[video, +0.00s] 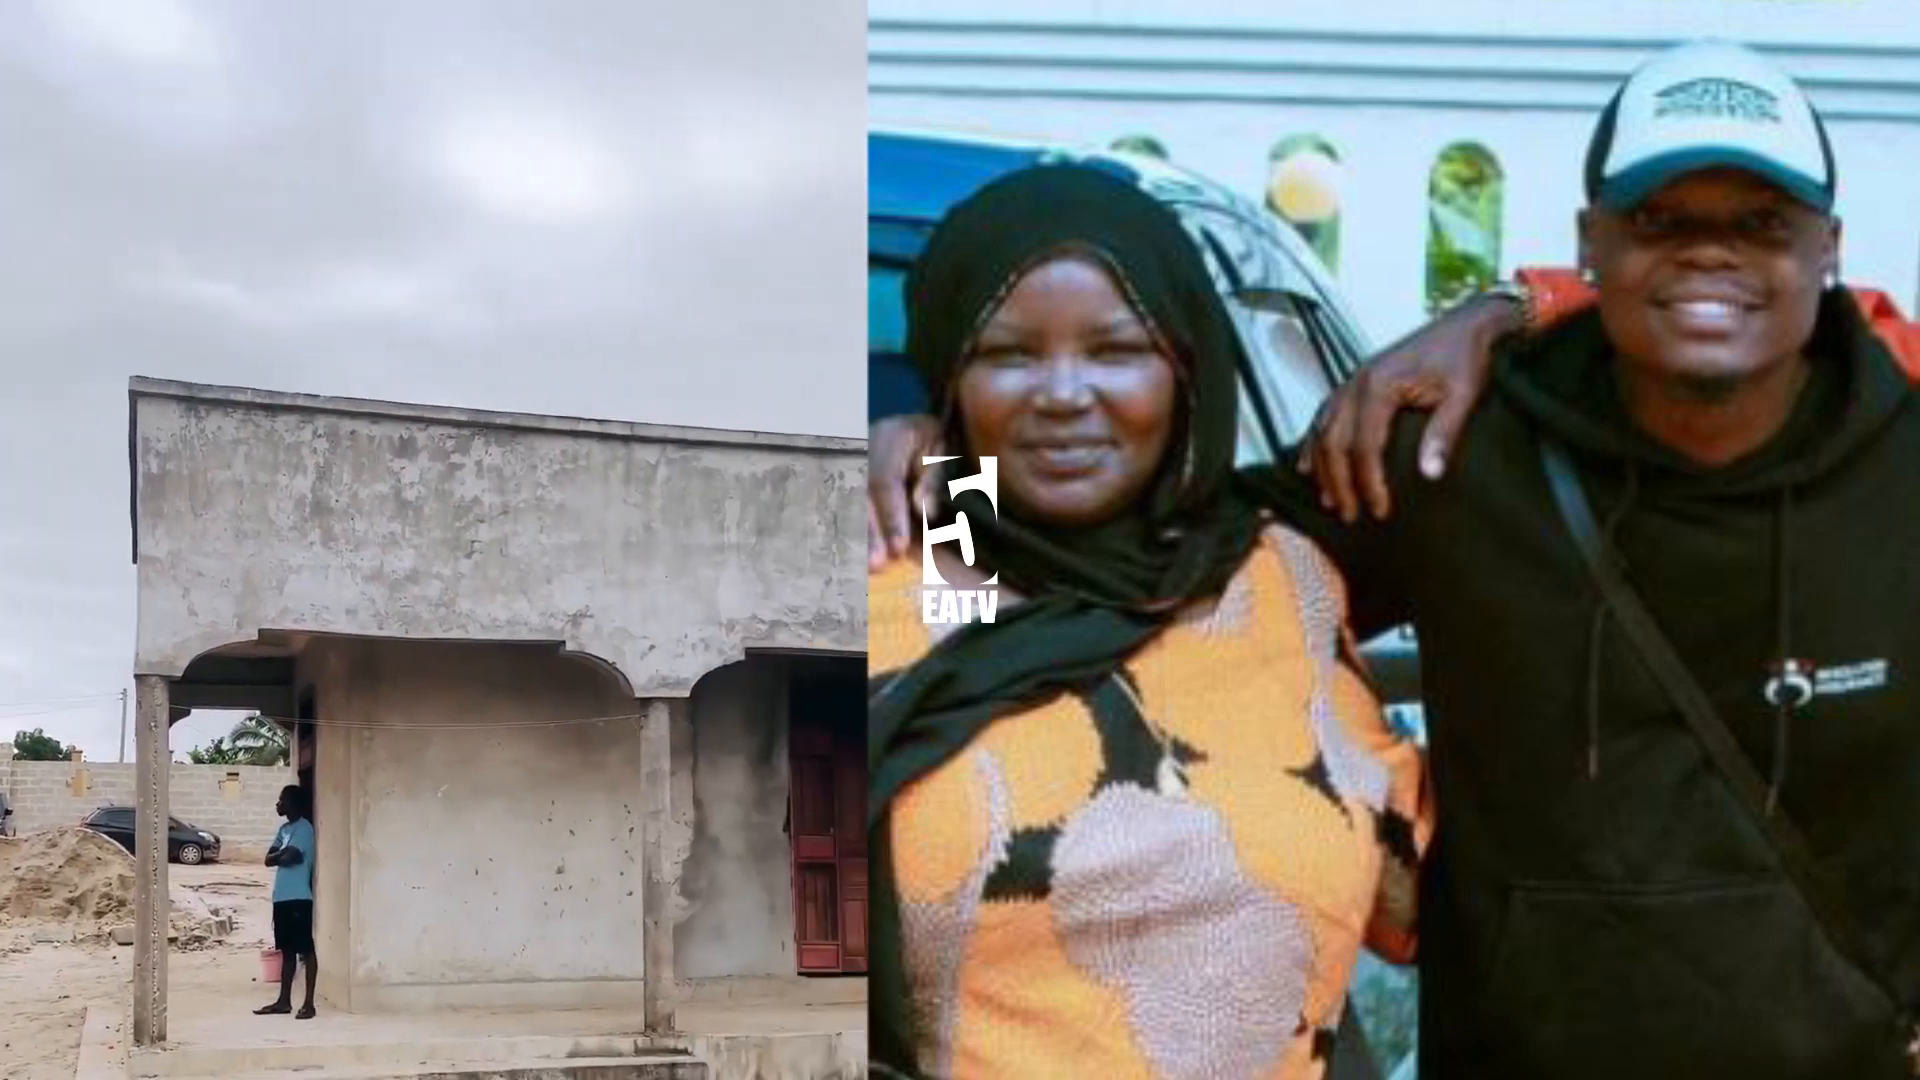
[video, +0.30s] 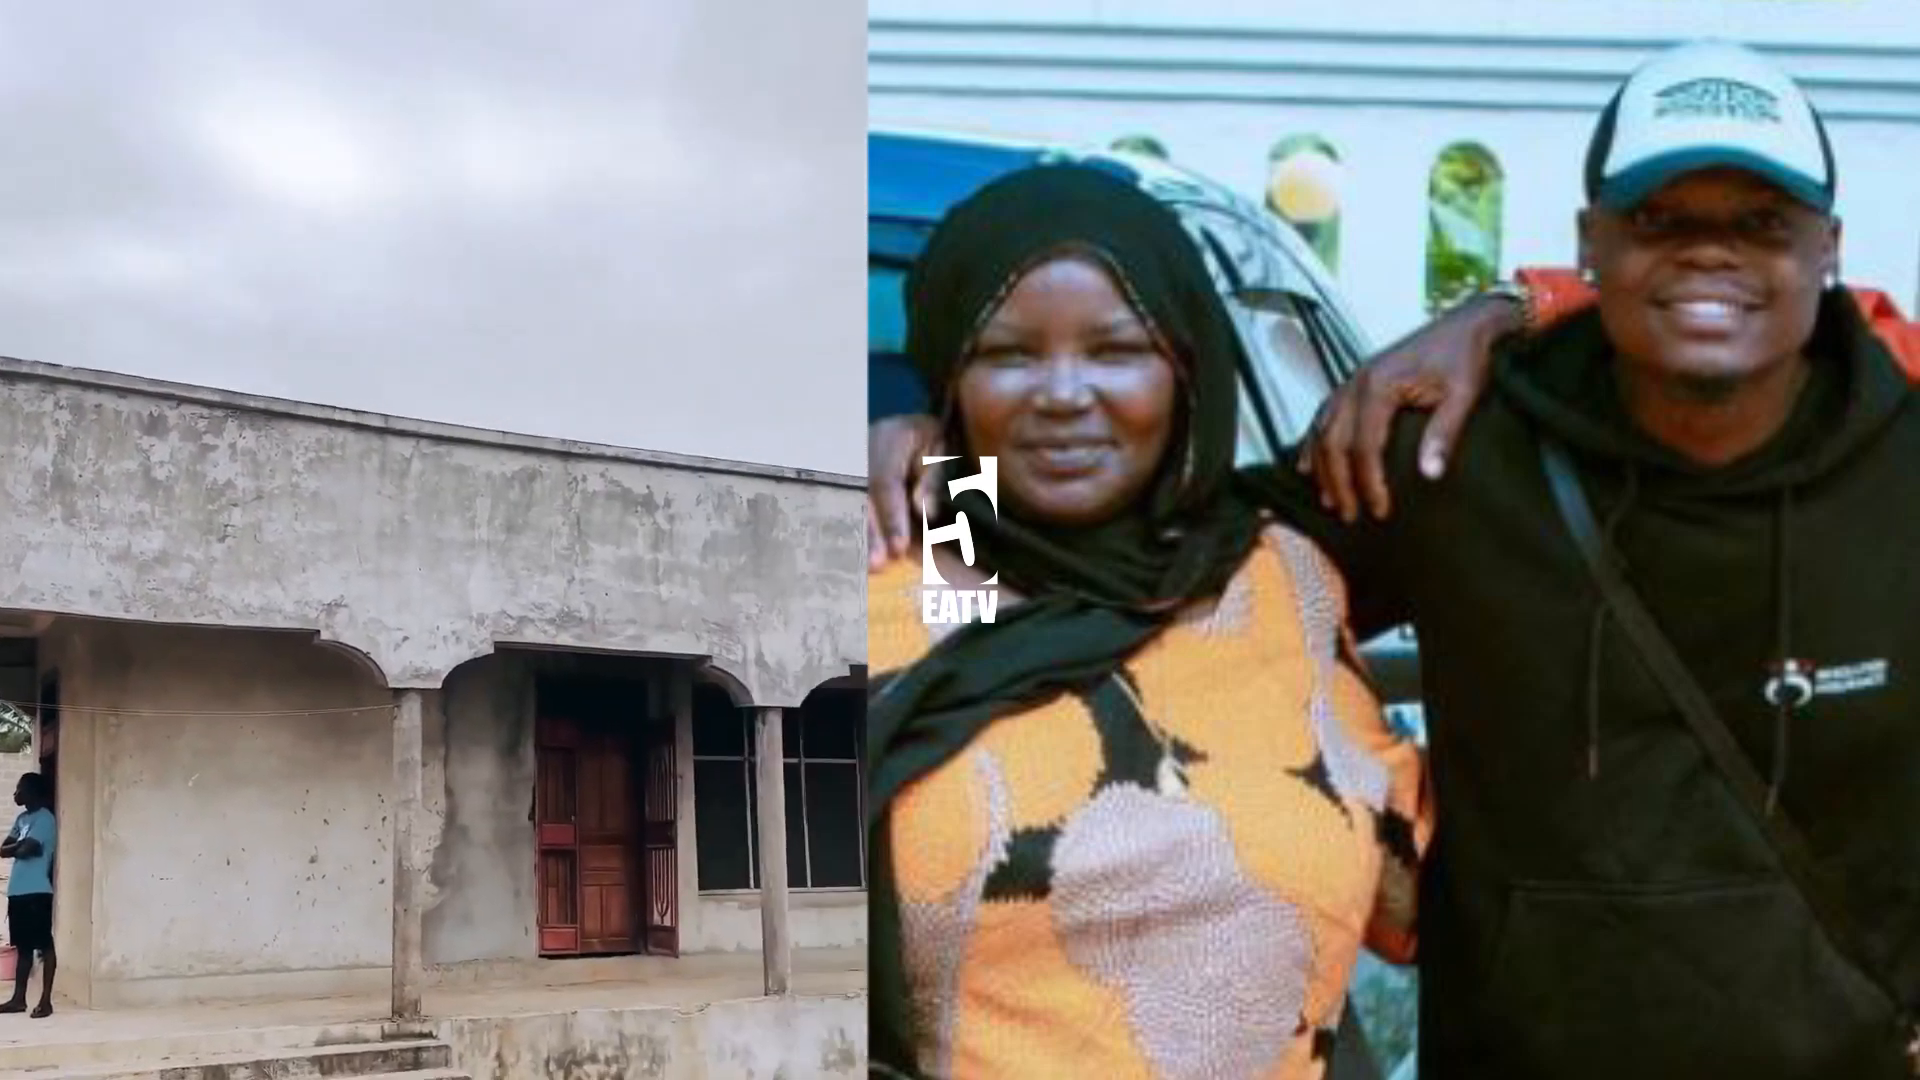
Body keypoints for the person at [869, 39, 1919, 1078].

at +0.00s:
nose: (1707, 251)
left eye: (1757, 219)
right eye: (1664, 215)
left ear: (1825, 250)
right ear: (1595, 242)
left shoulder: (1899, 445)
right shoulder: (1464, 448)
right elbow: (1178, 558)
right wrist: (967, 464)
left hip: (1849, 1038)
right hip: (1537, 1044)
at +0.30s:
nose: (1706, 251)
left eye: (1757, 219)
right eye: (1664, 214)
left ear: (1826, 251)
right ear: (1595, 242)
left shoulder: (1898, 445)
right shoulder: (1464, 448)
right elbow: (1176, 556)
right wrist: (964, 458)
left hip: (1849, 1038)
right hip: (1536, 1044)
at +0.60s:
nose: (1707, 251)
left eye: (1757, 219)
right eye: (1665, 215)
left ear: (1825, 250)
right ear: (1595, 242)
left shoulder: (1899, 445)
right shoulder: (1465, 447)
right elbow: (1172, 556)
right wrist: (952, 457)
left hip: (1848, 1038)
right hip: (1535, 1044)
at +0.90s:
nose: (1707, 251)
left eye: (1757, 219)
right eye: (1664, 214)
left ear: (1825, 250)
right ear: (1595, 242)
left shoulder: (1898, 444)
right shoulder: (1464, 449)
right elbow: (1173, 555)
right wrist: (958, 452)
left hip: (1848, 1037)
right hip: (1535, 1042)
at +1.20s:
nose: (1707, 251)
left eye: (1757, 219)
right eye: (1664, 214)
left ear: (1825, 250)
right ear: (1595, 241)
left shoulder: (1898, 444)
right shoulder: (1464, 449)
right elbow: (1173, 557)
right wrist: (959, 455)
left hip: (1848, 1037)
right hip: (1535, 1043)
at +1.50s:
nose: (1707, 251)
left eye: (1757, 218)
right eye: (1664, 214)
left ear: (1826, 250)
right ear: (1595, 241)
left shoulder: (1898, 444)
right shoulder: (1464, 449)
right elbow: (1175, 557)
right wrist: (964, 453)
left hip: (1848, 1037)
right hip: (1536, 1043)